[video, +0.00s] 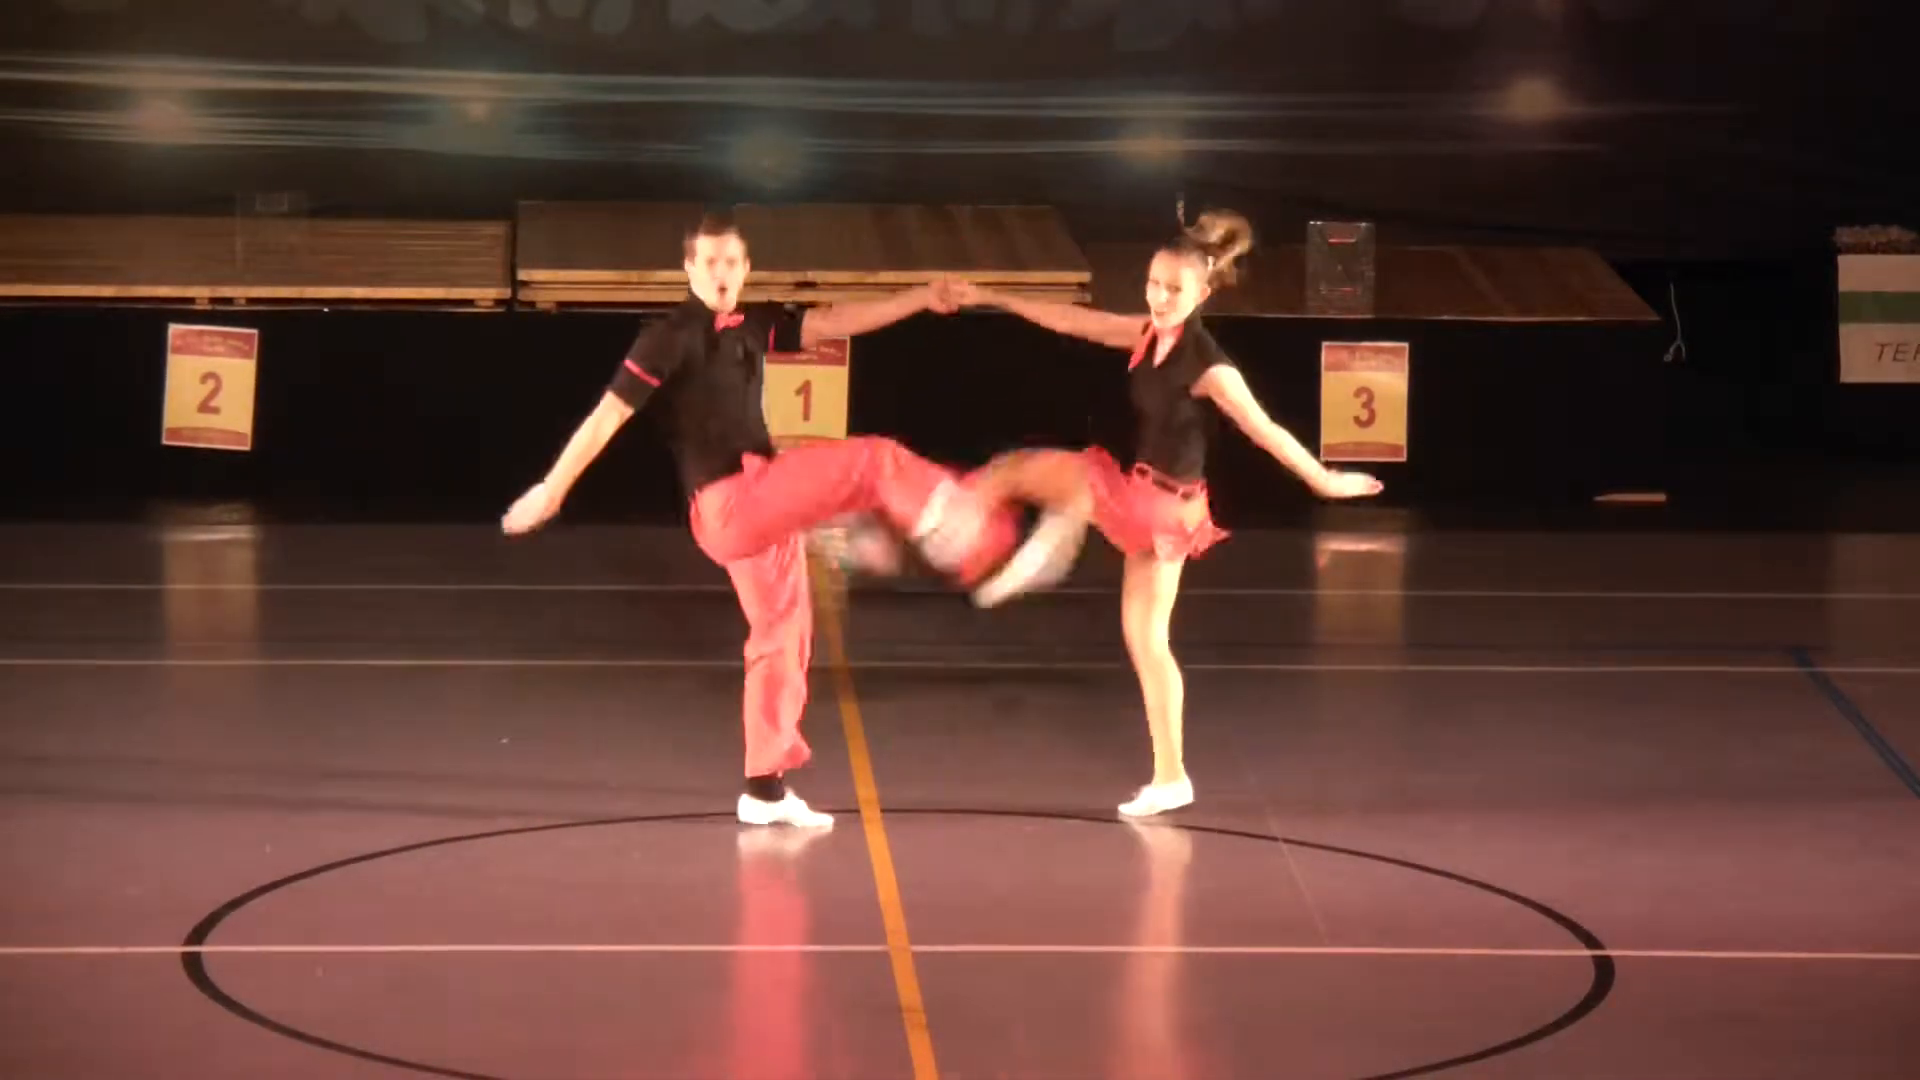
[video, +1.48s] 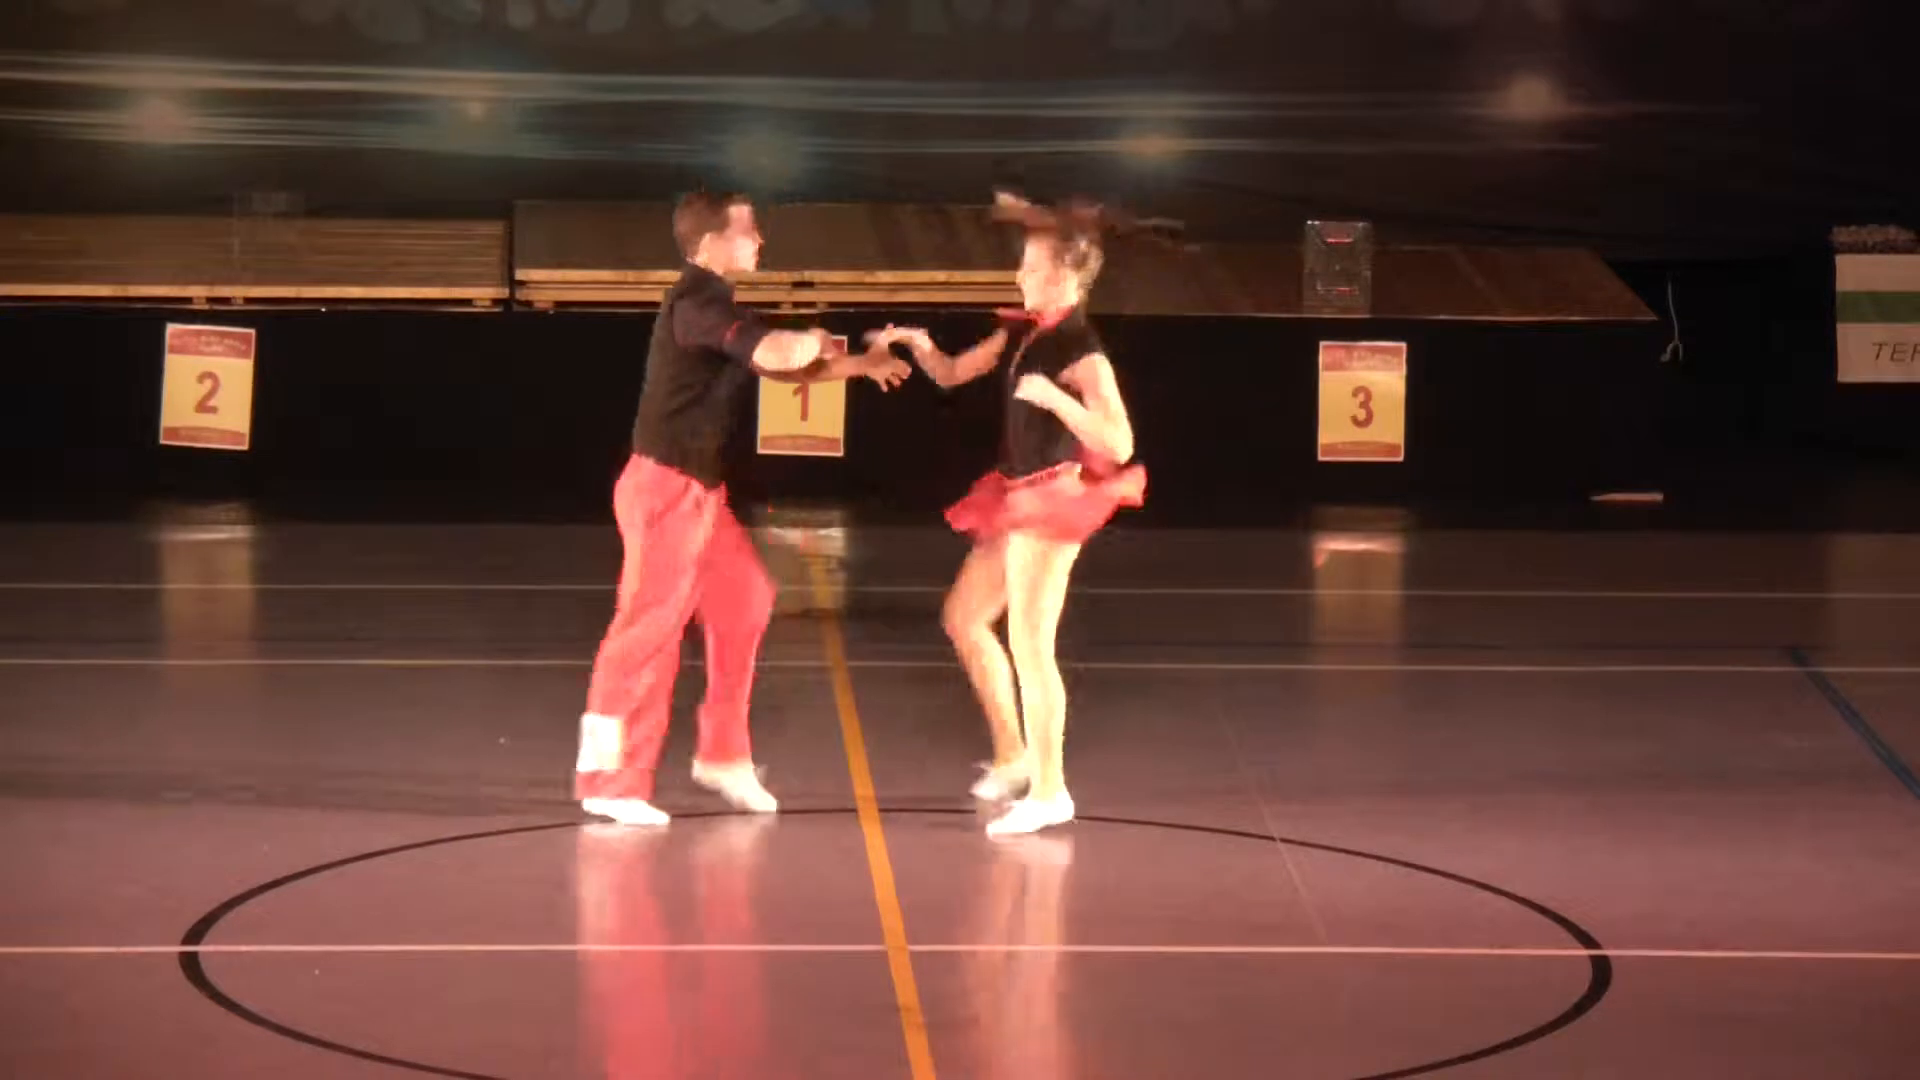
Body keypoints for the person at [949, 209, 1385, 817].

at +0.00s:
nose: (1158, 297)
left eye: (1173, 288)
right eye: (1153, 283)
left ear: (1204, 292)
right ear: (1144, 281)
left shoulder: (1205, 363)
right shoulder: (1146, 333)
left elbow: (1263, 429)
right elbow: (1071, 321)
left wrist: (1324, 480)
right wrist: (985, 298)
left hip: (1160, 505)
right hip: (1147, 494)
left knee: (1019, 469)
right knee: (1147, 639)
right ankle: (1169, 777)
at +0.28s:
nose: (1126, 263)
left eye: (1140, 254)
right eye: (1127, 251)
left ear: (1172, 264)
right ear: (1128, 253)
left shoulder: (1176, 334)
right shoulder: (1127, 312)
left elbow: (1209, 428)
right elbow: (1050, 322)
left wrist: (1233, 514)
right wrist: (966, 315)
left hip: (1159, 494)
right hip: (1151, 491)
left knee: (1025, 550)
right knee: (1161, 634)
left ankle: (1105, 654)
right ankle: (1168, 771)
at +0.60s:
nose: (1072, 278)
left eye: (1088, 271)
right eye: (1075, 269)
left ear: (1117, 285)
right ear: (1093, 283)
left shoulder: (1127, 346)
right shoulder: (1088, 346)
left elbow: (1072, 293)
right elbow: (1024, 401)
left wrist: (1084, 235)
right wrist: (950, 383)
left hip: (1116, 517)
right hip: (1075, 498)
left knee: (1079, 648)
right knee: (962, 474)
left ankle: (1091, 788)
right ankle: (846, 541)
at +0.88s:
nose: (1012, 266)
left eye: (1022, 255)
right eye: (1013, 254)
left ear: (1060, 262)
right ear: (1035, 260)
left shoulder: (1105, 339)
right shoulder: (1011, 326)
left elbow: (1138, 432)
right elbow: (936, 379)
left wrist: (1096, 374)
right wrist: (879, 350)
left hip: (1083, 494)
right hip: (1038, 492)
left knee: (976, 587)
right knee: (1017, 626)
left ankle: (1026, 713)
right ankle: (1052, 761)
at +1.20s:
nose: (1044, 274)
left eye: (1049, 262)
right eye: (1030, 265)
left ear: (1056, 268)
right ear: (1006, 273)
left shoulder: (1033, 333)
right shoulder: (1030, 340)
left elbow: (1071, 404)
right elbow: (1091, 412)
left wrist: (1085, 365)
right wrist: (1125, 358)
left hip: (1024, 500)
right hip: (1018, 504)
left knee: (1047, 621)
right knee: (1011, 636)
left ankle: (969, 547)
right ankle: (952, 771)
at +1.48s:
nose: (1022, 274)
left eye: (1034, 265)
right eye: (1024, 263)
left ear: (1069, 277)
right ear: (1035, 274)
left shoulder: (1084, 352)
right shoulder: (1020, 334)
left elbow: (1119, 444)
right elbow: (951, 375)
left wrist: (1056, 399)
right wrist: (918, 344)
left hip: (1054, 508)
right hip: (1015, 505)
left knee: (1030, 645)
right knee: (964, 619)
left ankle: (1051, 792)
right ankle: (1014, 756)